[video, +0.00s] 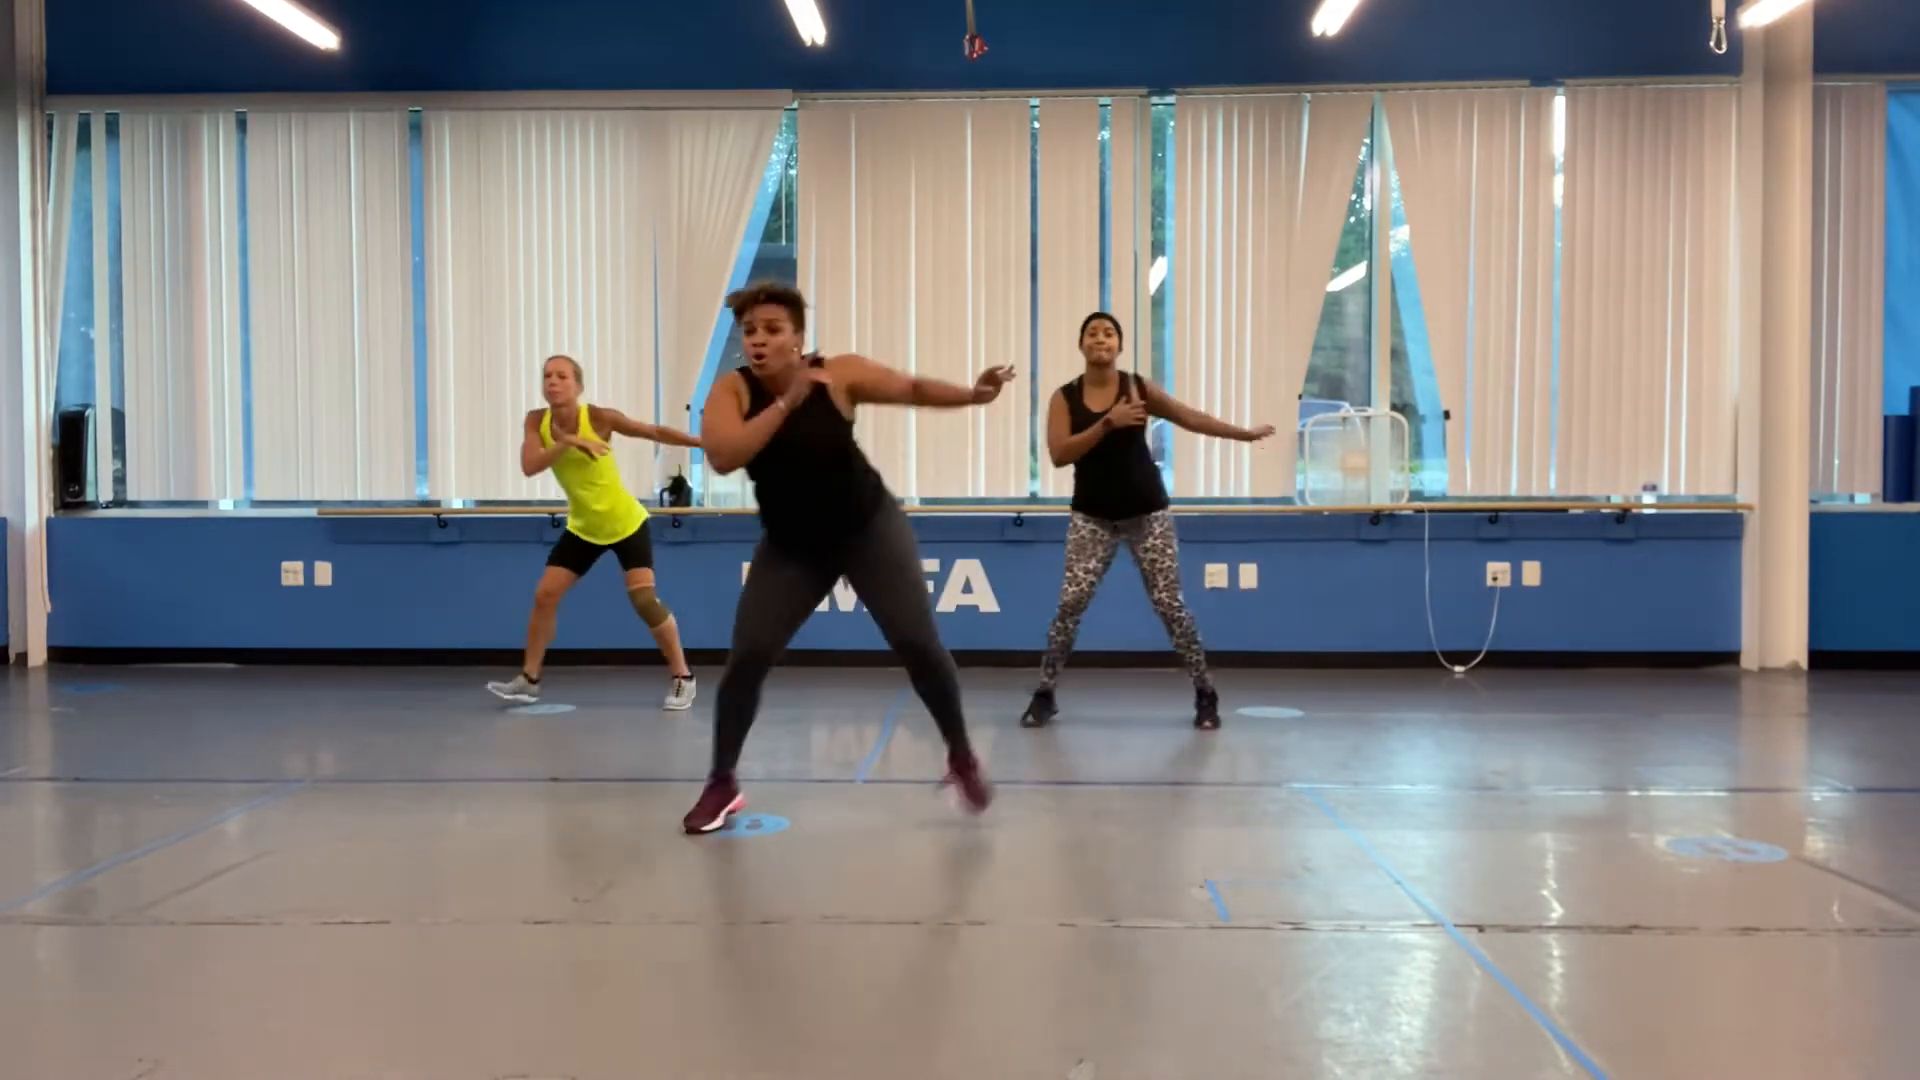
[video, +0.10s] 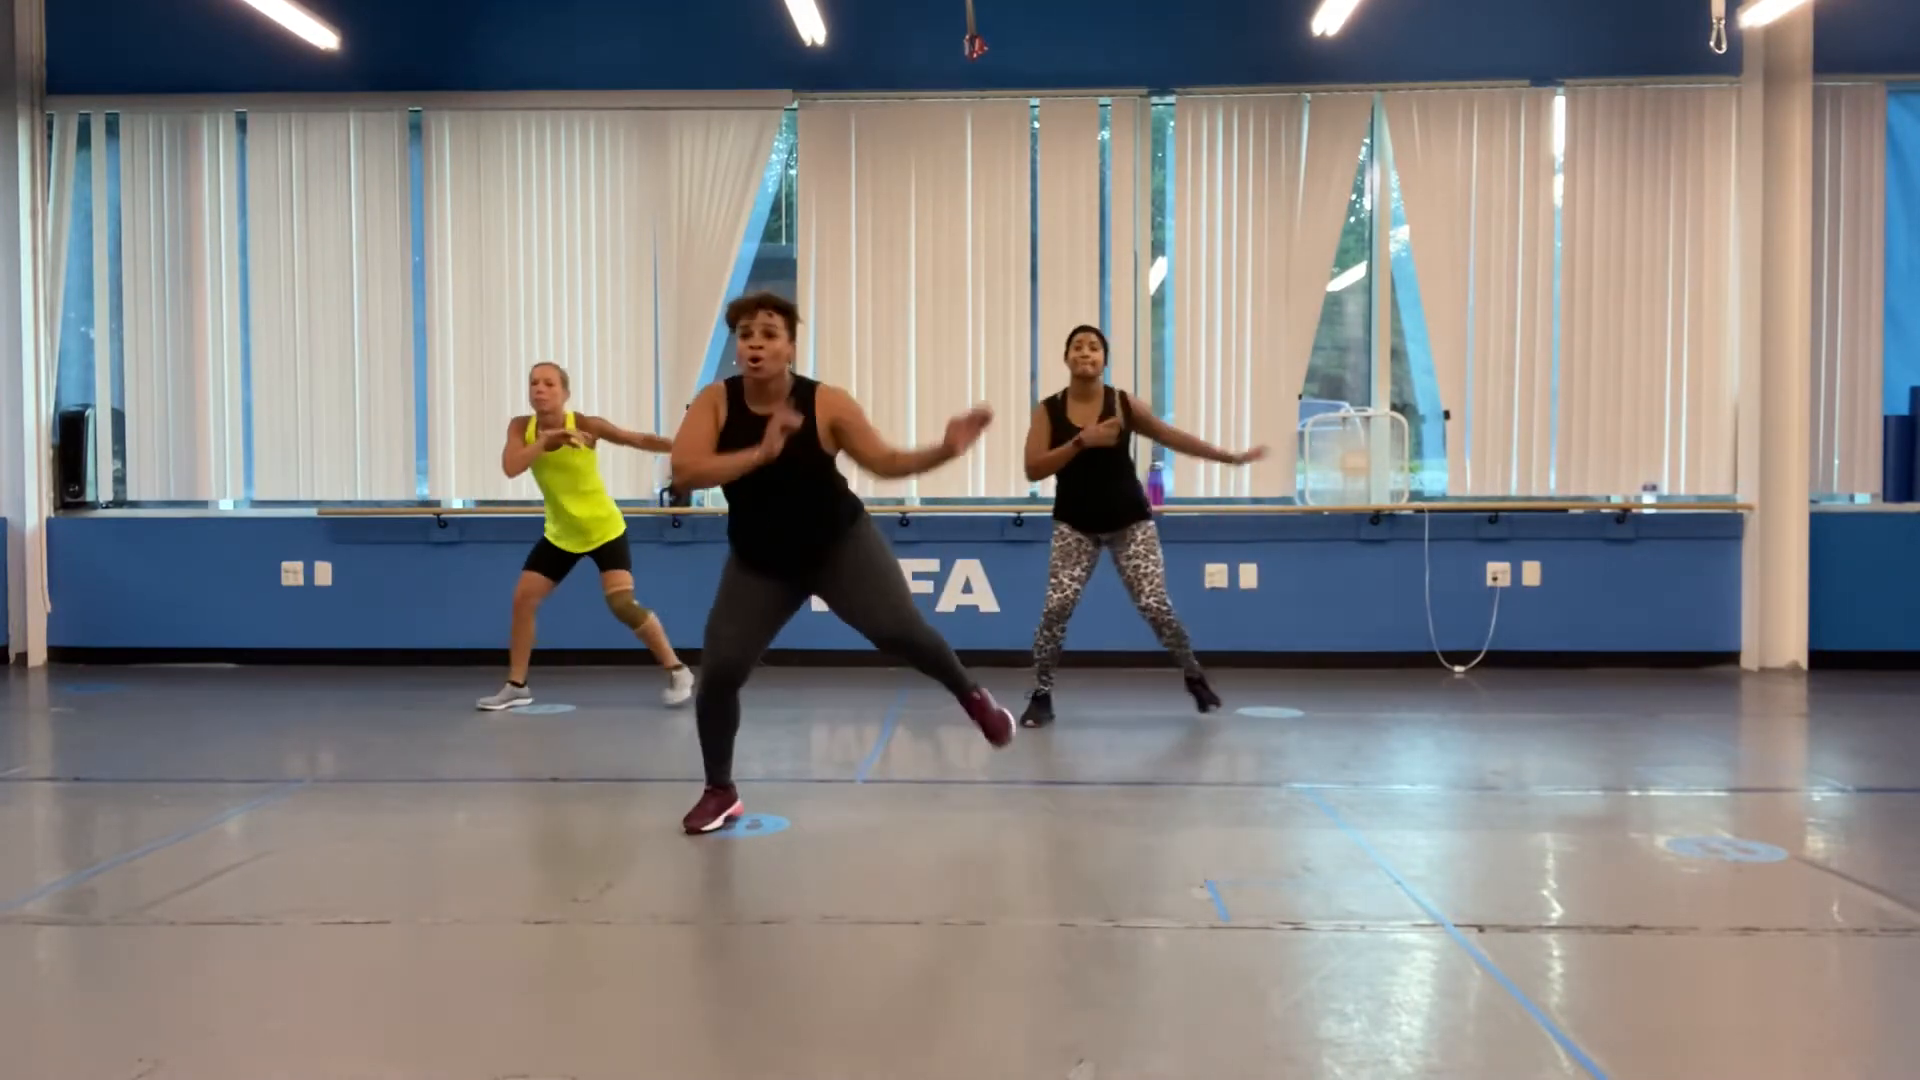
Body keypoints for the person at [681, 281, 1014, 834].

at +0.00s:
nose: (757, 340)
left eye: (771, 330)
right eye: (748, 330)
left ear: (799, 338)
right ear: (741, 337)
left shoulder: (839, 375)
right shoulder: (730, 391)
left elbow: (914, 390)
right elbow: (723, 455)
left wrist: (974, 395)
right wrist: (784, 403)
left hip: (867, 529)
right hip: (792, 544)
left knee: (918, 645)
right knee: (747, 658)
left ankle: (961, 754)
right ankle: (722, 783)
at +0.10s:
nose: (754, 345)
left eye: (768, 335)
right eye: (744, 335)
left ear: (792, 346)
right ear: (735, 345)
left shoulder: (826, 403)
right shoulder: (714, 403)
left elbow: (883, 462)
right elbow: (685, 471)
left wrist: (943, 451)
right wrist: (758, 455)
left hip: (838, 546)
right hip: (760, 559)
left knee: (902, 634)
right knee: (719, 670)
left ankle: (971, 696)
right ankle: (719, 789)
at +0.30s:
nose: (769, 331)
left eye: (783, 322)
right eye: (759, 322)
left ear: (804, 334)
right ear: (747, 333)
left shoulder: (833, 402)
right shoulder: (715, 393)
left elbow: (838, 487)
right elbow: (647, 434)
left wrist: (817, 531)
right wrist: (628, 499)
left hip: (833, 541)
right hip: (755, 550)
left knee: (885, 650)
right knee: (720, 672)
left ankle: (887, 775)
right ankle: (718, 789)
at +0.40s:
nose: (789, 323)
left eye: (801, 314)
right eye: (779, 316)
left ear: (822, 325)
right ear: (766, 330)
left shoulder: (851, 378)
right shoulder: (745, 379)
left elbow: (861, 465)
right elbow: (670, 392)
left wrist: (787, 484)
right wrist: (611, 435)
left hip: (847, 537)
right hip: (769, 541)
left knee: (897, 645)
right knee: (736, 661)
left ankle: (906, 766)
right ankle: (716, 785)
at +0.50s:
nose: (813, 331)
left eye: (825, 321)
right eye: (803, 324)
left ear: (846, 332)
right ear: (790, 337)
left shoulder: (871, 374)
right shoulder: (772, 385)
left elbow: (888, 447)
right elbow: (701, 406)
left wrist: (798, 450)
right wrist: (632, 416)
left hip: (870, 539)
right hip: (793, 536)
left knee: (906, 656)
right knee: (737, 652)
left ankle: (933, 784)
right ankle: (700, 762)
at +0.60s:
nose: (827, 342)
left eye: (839, 333)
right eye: (816, 335)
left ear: (860, 344)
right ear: (805, 351)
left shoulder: (889, 392)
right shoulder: (786, 413)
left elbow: (918, 451)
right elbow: (736, 467)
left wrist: (828, 452)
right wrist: (663, 439)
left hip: (890, 551)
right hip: (810, 550)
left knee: (925, 664)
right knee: (756, 646)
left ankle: (932, 788)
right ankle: (711, 728)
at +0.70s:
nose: (825, 342)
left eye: (837, 333)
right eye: (815, 334)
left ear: (858, 344)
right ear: (802, 347)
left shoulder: (890, 393)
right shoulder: (786, 418)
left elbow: (949, 446)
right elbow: (780, 503)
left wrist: (871, 462)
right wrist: (711, 481)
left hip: (895, 552)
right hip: (816, 556)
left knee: (927, 669)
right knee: (769, 665)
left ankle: (932, 788)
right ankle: (762, 767)